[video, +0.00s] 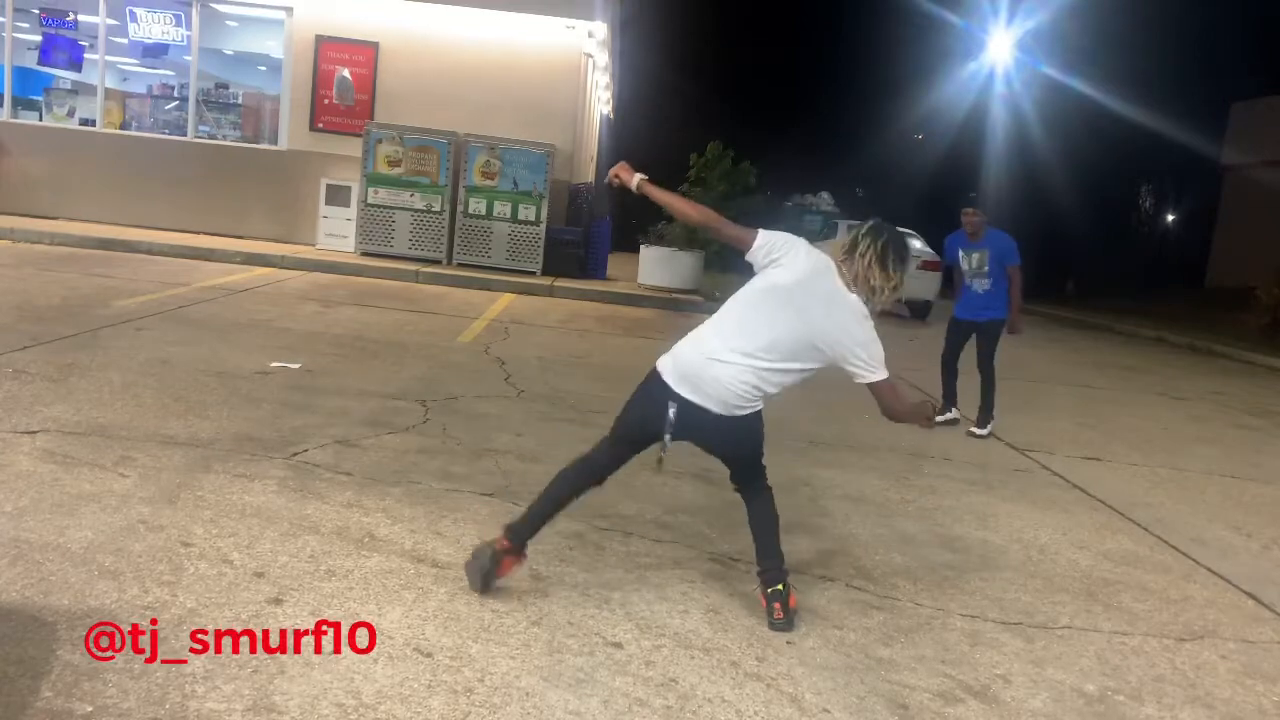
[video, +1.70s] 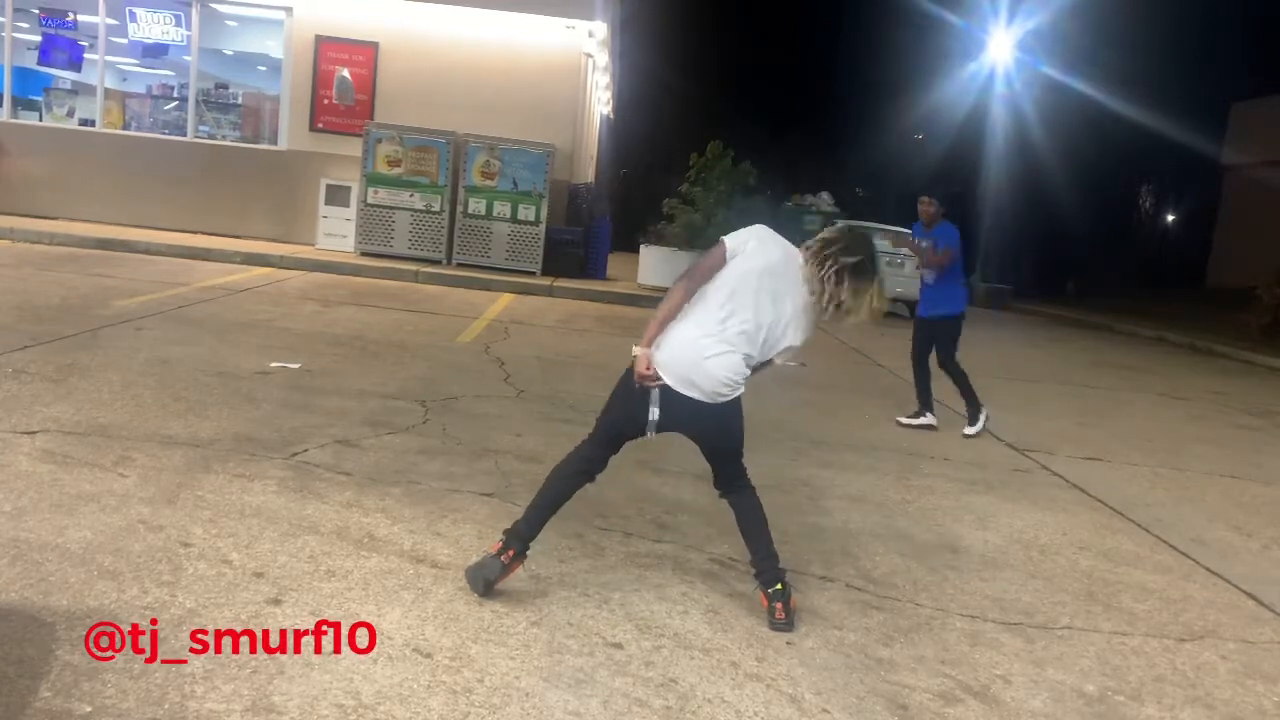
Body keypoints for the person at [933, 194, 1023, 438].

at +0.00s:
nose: (969, 221)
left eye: (974, 216)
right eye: (965, 216)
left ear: (984, 218)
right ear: (960, 218)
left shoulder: (1003, 243)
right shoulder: (953, 242)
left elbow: (1015, 278)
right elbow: (957, 274)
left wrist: (1014, 316)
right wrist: (958, 301)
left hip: (992, 314)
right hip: (964, 311)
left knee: (985, 363)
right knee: (948, 358)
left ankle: (985, 418)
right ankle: (949, 407)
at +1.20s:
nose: (959, 215)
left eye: (964, 210)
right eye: (955, 210)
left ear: (975, 213)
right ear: (951, 212)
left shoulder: (992, 239)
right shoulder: (946, 237)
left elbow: (1006, 278)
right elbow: (948, 273)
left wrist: (999, 319)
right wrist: (952, 303)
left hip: (983, 316)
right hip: (957, 314)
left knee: (982, 367)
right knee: (947, 360)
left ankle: (983, 418)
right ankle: (950, 407)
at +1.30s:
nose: (956, 215)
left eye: (962, 210)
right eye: (953, 210)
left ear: (973, 213)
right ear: (948, 212)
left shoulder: (988, 240)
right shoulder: (945, 237)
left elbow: (1011, 276)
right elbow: (947, 269)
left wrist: (980, 296)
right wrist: (949, 296)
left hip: (980, 316)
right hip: (953, 311)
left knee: (979, 363)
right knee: (935, 353)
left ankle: (983, 417)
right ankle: (945, 401)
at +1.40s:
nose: (953, 215)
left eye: (958, 210)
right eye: (949, 210)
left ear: (969, 213)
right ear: (945, 212)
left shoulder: (981, 237)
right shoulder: (942, 235)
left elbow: (995, 270)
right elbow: (947, 267)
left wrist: (961, 276)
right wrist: (945, 289)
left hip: (977, 315)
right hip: (950, 310)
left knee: (978, 363)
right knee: (932, 351)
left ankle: (983, 417)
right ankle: (937, 404)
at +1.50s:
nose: (946, 214)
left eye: (951, 209)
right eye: (942, 209)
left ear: (962, 213)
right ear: (937, 211)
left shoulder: (970, 235)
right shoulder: (935, 233)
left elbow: (957, 251)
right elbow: (935, 264)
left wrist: (924, 259)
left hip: (970, 313)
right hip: (944, 311)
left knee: (976, 365)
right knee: (930, 357)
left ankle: (983, 419)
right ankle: (927, 411)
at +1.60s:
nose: (936, 212)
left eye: (941, 208)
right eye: (933, 208)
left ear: (951, 211)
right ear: (928, 211)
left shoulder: (961, 235)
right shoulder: (927, 233)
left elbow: (938, 247)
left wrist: (909, 247)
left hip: (962, 311)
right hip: (936, 309)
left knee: (967, 363)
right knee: (923, 356)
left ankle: (982, 418)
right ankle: (926, 411)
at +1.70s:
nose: (925, 209)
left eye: (930, 204)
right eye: (922, 204)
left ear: (940, 209)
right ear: (917, 207)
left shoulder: (949, 232)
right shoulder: (918, 230)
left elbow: (941, 262)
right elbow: (923, 260)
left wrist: (911, 247)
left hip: (949, 308)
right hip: (926, 306)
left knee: (946, 360)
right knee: (918, 358)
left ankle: (976, 411)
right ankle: (925, 411)